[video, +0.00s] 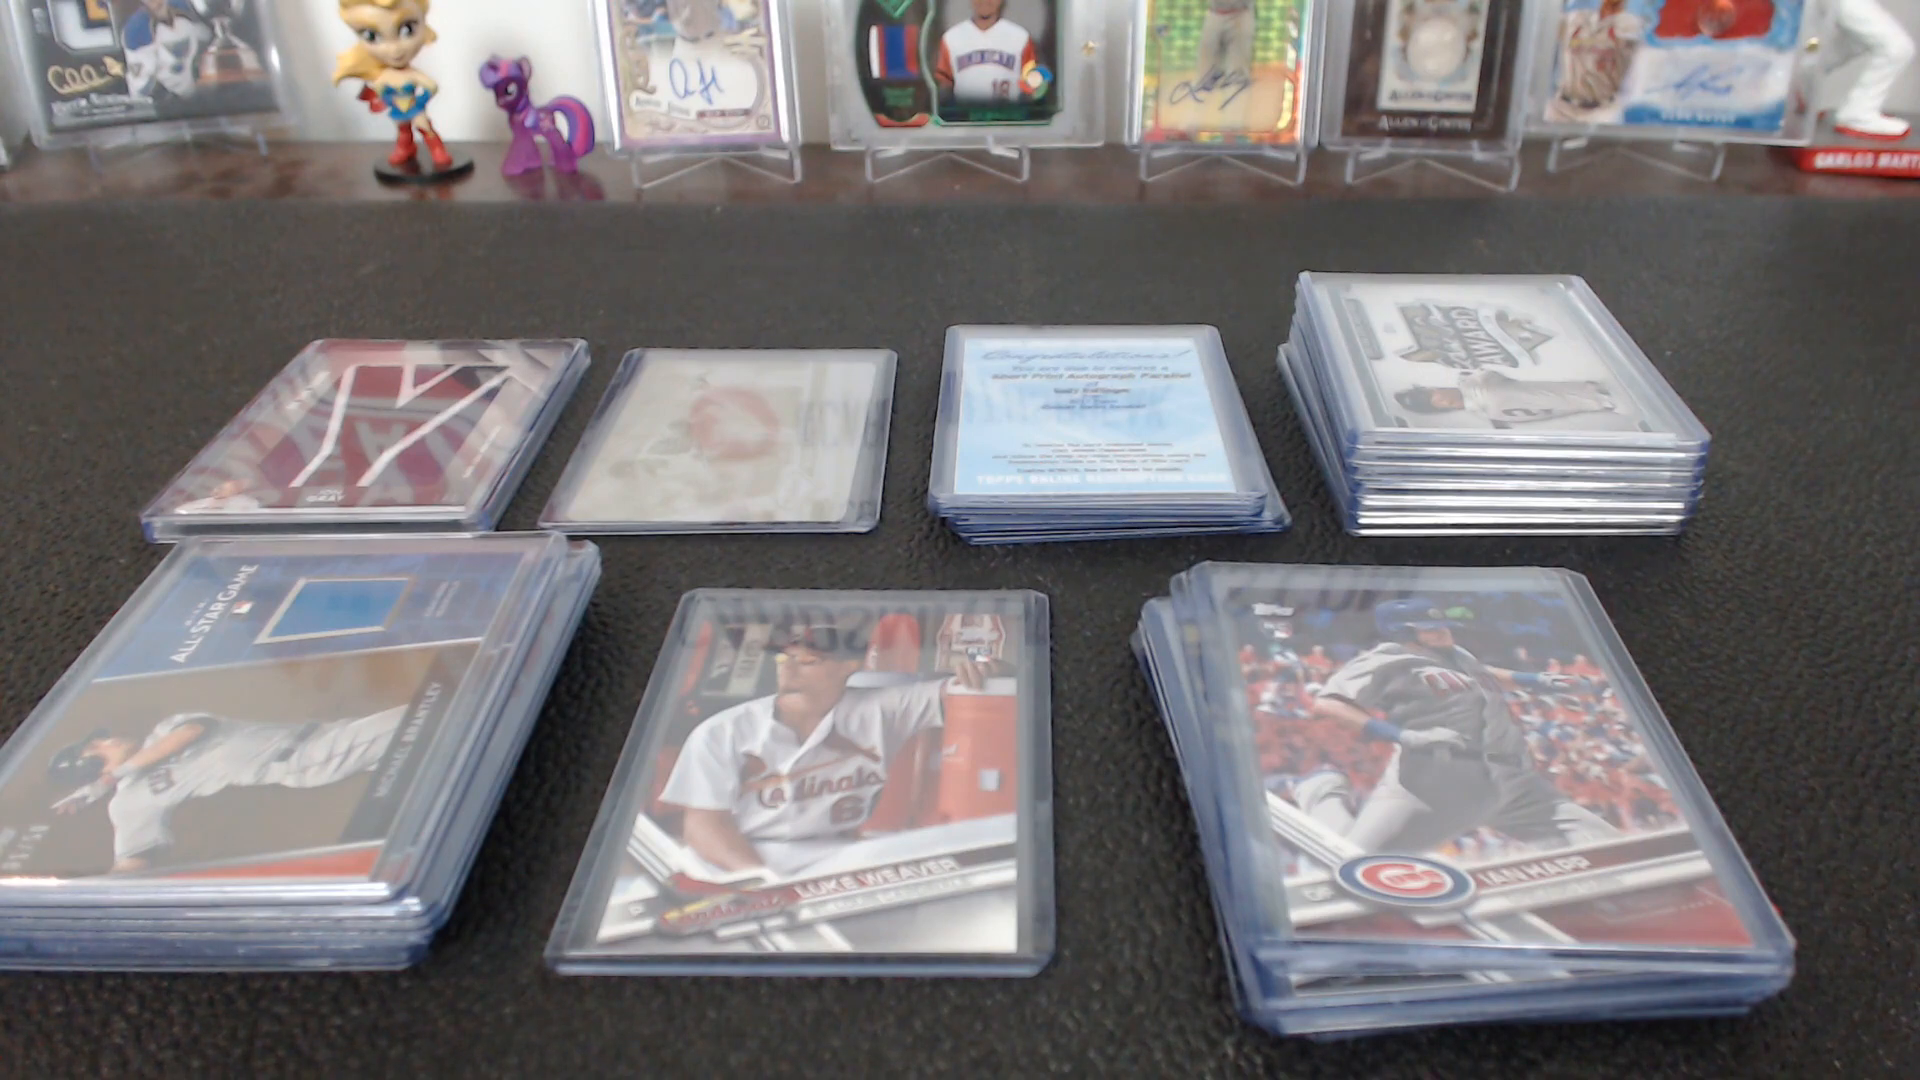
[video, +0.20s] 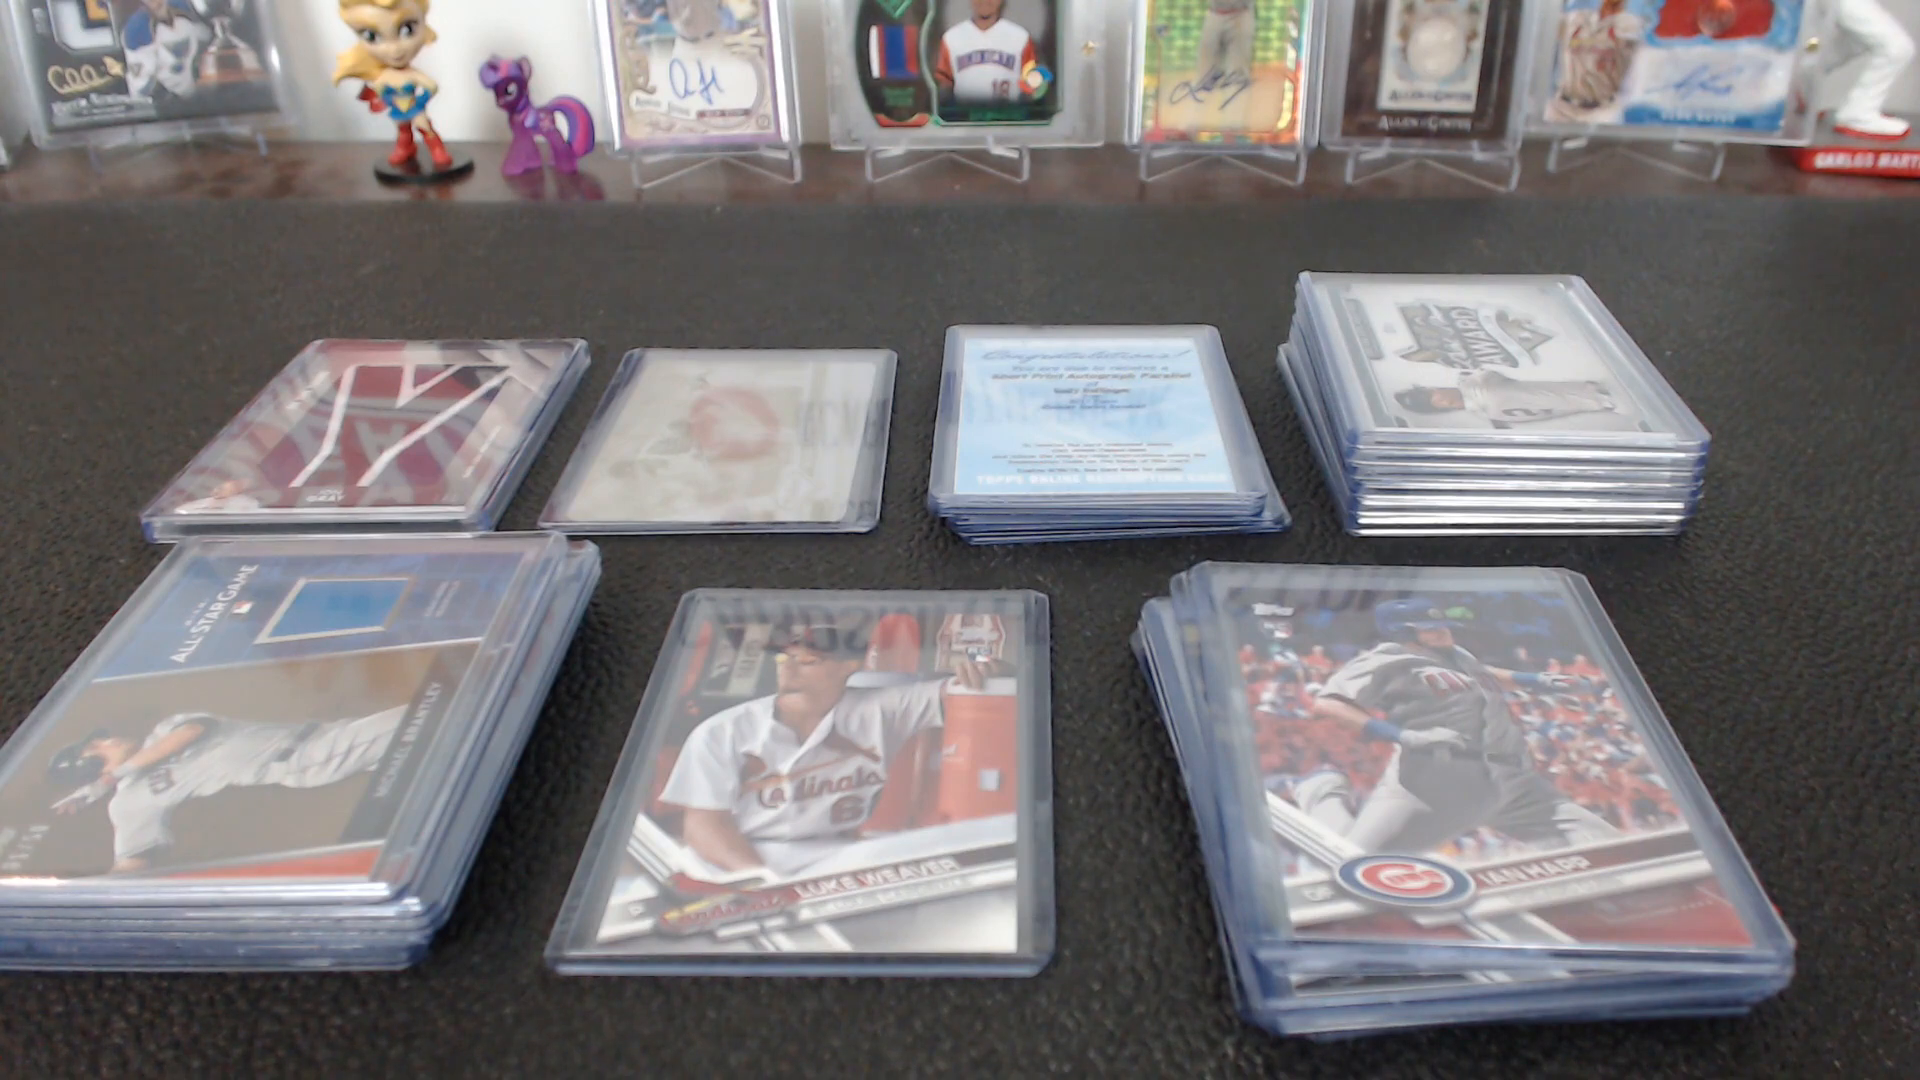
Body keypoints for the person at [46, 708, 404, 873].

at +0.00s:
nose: (113, 740)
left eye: (103, 739)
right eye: (103, 746)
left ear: (109, 741)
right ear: (101, 769)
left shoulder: (161, 729)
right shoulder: (131, 798)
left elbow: (192, 732)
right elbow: (130, 869)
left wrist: (116, 775)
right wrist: (88, 901)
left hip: (311, 732)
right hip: (299, 760)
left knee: (416, 721)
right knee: (414, 717)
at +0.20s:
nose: (112, 742)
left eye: (102, 742)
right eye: (103, 748)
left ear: (108, 741)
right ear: (101, 769)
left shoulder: (162, 728)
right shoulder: (131, 799)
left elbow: (192, 733)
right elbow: (130, 870)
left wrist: (114, 777)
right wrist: (89, 903)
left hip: (312, 732)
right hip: (300, 760)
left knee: (418, 720)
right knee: (416, 717)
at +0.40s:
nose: (112, 741)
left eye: (102, 740)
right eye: (103, 747)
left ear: (109, 741)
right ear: (101, 769)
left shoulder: (161, 729)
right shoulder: (131, 798)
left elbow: (192, 733)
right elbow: (130, 869)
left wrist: (115, 776)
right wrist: (87, 901)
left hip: (312, 732)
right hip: (300, 760)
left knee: (417, 721)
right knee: (415, 717)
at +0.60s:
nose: (112, 740)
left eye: (102, 740)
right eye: (102, 746)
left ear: (109, 741)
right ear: (101, 769)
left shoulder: (161, 728)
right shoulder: (131, 798)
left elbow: (192, 733)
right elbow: (130, 869)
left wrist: (114, 777)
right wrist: (88, 902)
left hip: (313, 732)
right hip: (300, 760)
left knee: (418, 720)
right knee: (416, 717)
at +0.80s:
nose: (112, 740)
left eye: (102, 739)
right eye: (102, 746)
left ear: (108, 743)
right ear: (101, 769)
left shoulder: (161, 729)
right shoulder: (131, 798)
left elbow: (192, 733)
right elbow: (129, 870)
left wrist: (114, 777)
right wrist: (86, 901)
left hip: (313, 732)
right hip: (301, 760)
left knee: (418, 721)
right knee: (416, 717)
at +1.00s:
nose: (112, 741)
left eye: (101, 741)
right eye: (102, 747)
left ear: (107, 742)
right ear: (101, 769)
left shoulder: (162, 728)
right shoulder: (131, 798)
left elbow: (193, 732)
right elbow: (130, 869)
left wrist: (114, 777)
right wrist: (89, 902)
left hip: (314, 732)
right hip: (301, 760)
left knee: (419, 719)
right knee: (417, 717)